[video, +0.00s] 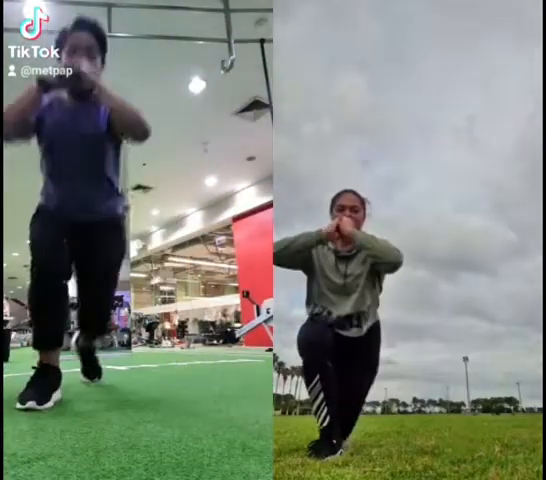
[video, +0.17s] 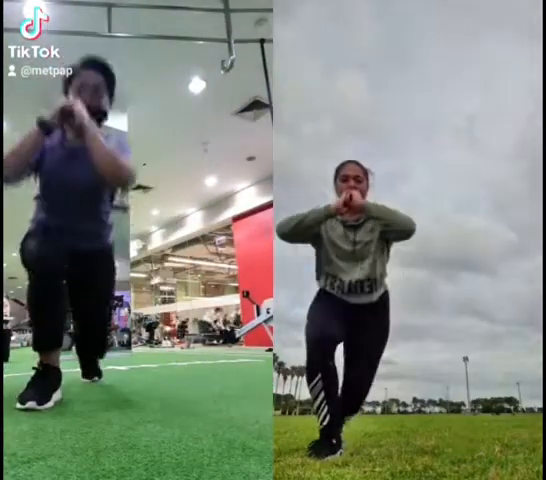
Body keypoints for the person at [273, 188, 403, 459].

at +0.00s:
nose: (347, 216)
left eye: (354, 211)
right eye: (341, 210)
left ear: (364, 217)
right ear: (331, 216)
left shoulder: (372, 253)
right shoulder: (315, 252)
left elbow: (395, 260)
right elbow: (275, 254)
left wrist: (354, 234)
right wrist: (321, 235)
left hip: (362, 333)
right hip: (323, 328)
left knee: (350, 403)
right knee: (311, 342)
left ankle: (331, 442)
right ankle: (330, 434)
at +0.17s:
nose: (351, 185)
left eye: (357, 180)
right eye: (345, 180)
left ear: (367, 187)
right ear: (336, 187)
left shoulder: (379, 222)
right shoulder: (323, 223)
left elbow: (408, 227)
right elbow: (284, 230)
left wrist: (364, 207)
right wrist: (331, 210)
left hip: (371, 308)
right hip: (330, 303)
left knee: (356, 393)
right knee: (317, 351)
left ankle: (331, 427)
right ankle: (330, 437)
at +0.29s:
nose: (360, 172)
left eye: (367, 166)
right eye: (353, 166)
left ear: (376, 173)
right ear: (343, 174)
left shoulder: (389, 211)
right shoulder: (331, 209)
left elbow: (423, 219)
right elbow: (295, 223)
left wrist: (380, 197)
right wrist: (343, 201)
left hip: (380, 294)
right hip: (338, 291)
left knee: (390, 361)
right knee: (325, 348)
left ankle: (370, 406)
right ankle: (330, 436)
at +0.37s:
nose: (366, 172)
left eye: (372, 166)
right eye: (358, 167)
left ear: (382, 173)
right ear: (348, 174)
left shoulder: (395, 212)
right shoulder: (336, 209)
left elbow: (430, 221)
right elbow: (301, 226)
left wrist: (387, 199)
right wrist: (349, 203)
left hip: (385, 295)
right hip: (341, 293)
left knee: (408, 347)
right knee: (326, 348)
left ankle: (403, 417)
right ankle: (330, 436)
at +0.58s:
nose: (379, 196)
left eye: (386, 190)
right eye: (372, 190)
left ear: (396, 196)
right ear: (362, 198)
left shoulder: (410, 235)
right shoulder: (350, 235)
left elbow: (448, 249)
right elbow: (317, 261)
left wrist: (401, 226)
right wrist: (365, 230)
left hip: (408, 323)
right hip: (360, 323)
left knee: (440, 340)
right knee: (323, 343)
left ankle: (452, 435)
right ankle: (330, 438)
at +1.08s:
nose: (414, 180)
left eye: (421, 174)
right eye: (407, 175)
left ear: (431, 177)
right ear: (398, 181)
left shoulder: (448, 212)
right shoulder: (390, 218)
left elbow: (485, 222)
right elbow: (362, 241)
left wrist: (435, 204)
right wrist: (402, 211)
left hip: (451, 297)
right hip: (408, 298)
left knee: (460, 349)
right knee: (370, 339)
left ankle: (451, 436)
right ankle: (352, 431)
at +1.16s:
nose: (419, 175)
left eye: (425, 168)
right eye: (412, 170)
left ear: (435, 172)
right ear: (402, 176)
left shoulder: (452, 207)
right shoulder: (396, 214)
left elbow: (491, 215)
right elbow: (368, 235)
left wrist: (440, 198)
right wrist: (408, 205)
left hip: (458, 294)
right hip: (416, 295)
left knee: (462, 346)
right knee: (384, 339)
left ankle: (451, 434)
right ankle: (391, 415)